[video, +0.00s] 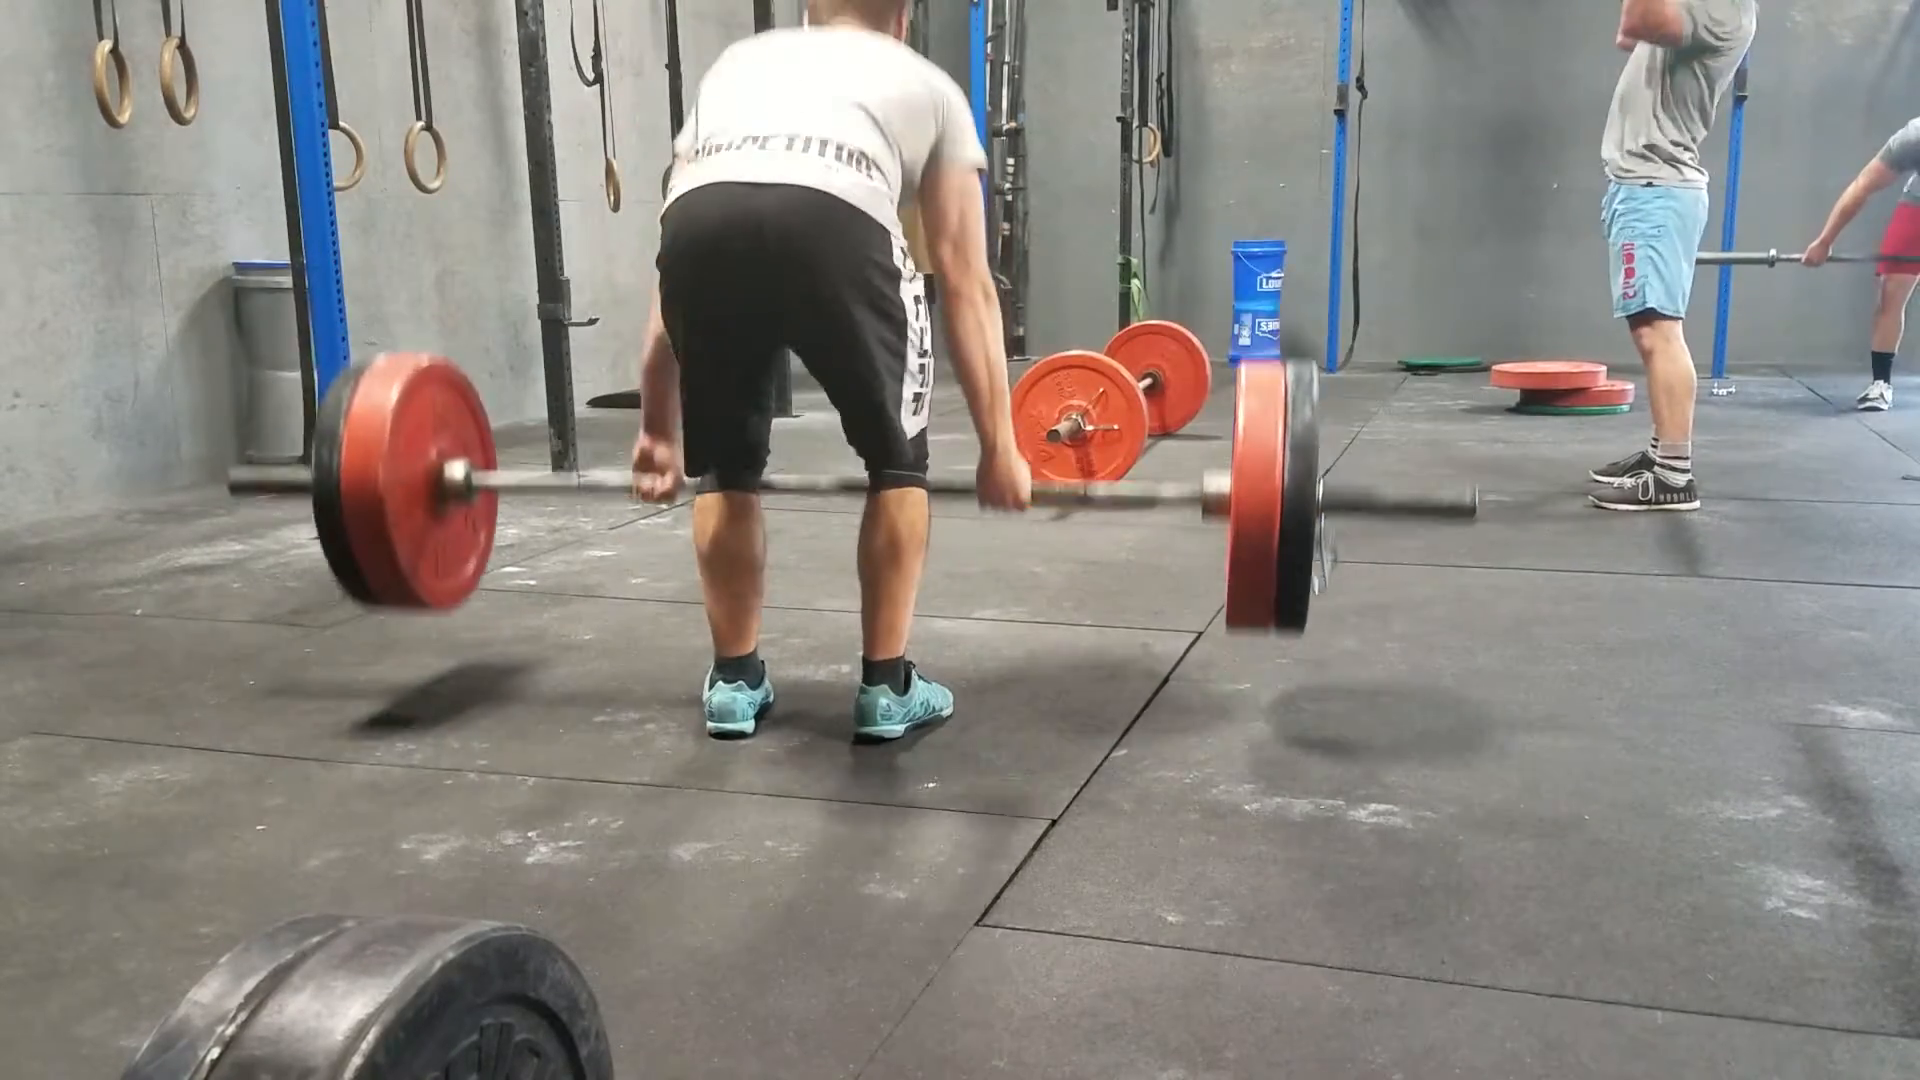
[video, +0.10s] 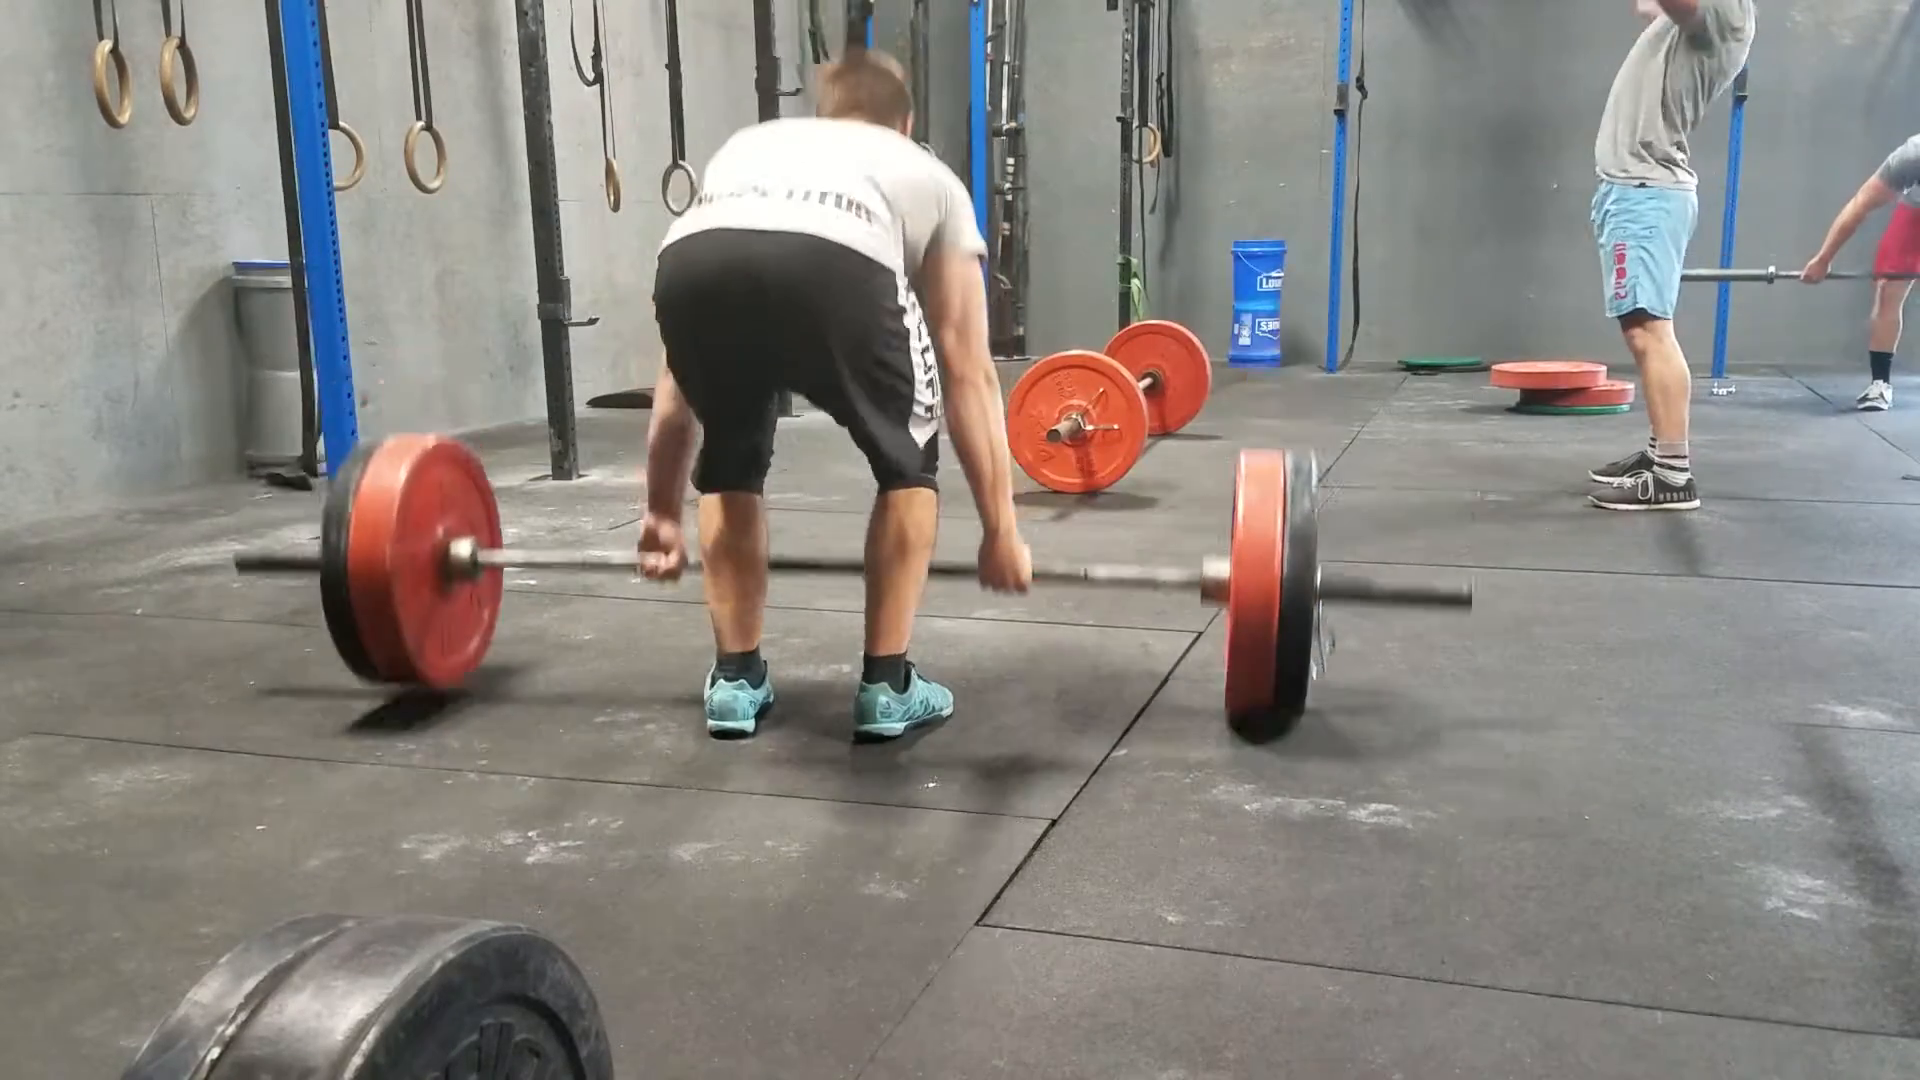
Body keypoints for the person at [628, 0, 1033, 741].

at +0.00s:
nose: (907, 27)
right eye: (910, 21)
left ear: (810, 15)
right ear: (901, 19)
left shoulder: (732, 63)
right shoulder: (931, 84)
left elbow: (676, 254)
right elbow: (963, 277)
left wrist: (656, 425)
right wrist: (998, 443)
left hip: (703, 224)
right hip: (834, 226)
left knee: (725, 476)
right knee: (895, 466)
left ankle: (733, 682)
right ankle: (884, 686)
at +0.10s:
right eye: (910, 131)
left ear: (820, 114)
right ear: (905, 126)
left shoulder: (743, 146)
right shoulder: (931, 178)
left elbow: (678, 391)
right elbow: (968, 371)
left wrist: (661, 509)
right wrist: (1001, 529)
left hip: (700, 261)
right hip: (839, 267)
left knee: (729, 472)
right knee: (908, 469)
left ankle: (736, 680)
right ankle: (886, 683)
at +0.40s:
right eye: (911, 38)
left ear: (822, 30)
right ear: (905, 38)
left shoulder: (741, 68)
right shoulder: (931, 94)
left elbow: (668, 270)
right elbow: (965, 269)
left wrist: (648, 415)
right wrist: (998, 428)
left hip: (701, 207)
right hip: (829, 214)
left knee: (732, 468)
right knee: (889, 461)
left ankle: (731, 682)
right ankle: (884, 687)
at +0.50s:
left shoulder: (713, 15)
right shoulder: (930, 11)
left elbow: (659, 219)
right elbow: (965, 184)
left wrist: (647, 338)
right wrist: (998, 342)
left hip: (709, 189)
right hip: (834, 189)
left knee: (731, 462)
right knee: (885, 459)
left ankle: (731, 682)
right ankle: (885, 687)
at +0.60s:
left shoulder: (689, 5)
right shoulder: (929, 4)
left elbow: (660, 118)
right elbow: (960, 111)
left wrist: (639, 261)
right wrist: (995, 267)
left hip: (725, 180)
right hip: (847, 182)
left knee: (737, 453)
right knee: (880, 454)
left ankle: (732, 681)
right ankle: (885, 686)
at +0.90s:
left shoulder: (683, 7)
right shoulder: (930, 5)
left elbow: (658, 146)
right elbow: (958, 147)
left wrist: (643, 295)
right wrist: (995, 304)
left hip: (707, 215)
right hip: (834, 214)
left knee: (735, 455)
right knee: (885, 457)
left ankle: (731, 681)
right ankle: (885, 687)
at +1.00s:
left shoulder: (714, 17)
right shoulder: (928, 25)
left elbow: (670, 211)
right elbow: (961, 224)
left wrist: (651, 374)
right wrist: (998, 390)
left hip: (702, 217)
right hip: (833, 219)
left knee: (721, 468)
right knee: (895, 461)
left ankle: (732, 682)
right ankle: (886, 687)